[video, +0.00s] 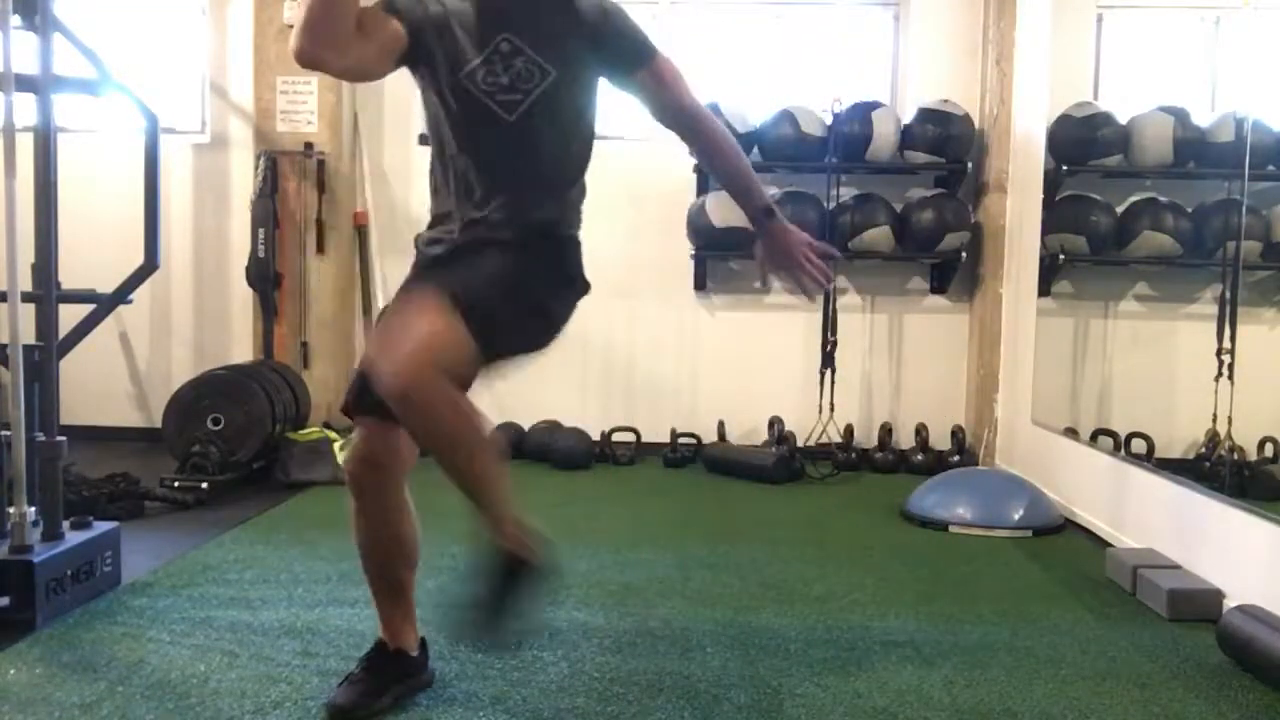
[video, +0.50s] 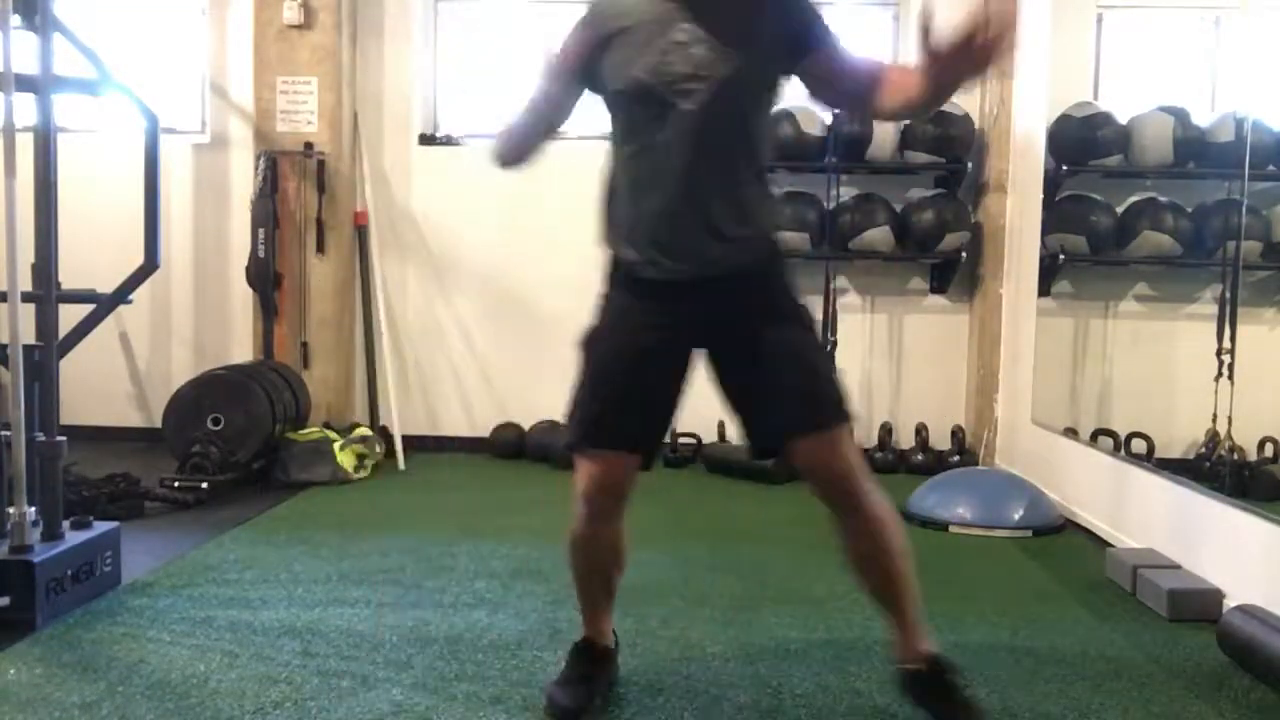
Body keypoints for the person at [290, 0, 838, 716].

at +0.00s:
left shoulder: (582, 16)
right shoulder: (425, 13)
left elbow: (687, 116)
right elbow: (321, 45)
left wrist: (768, 219)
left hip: (531, 251)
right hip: (444, 252)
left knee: (400, 361)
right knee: (371, 459)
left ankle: (518, 543)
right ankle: (399, 651)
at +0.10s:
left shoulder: (608, 19)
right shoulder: (445, 14)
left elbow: (710, 124)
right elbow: (327, 39)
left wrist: (785, 238)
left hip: (553, 272)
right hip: (461, 269)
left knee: (524, 462)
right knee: (386, 460)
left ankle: (645, 626)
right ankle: (399, 651)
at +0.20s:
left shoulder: (639, 14)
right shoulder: (477, 11)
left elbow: (751, 108)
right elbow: (355, 41)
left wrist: (811, 217)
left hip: (607, 276)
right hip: (509, 275)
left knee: (628, 478)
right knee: (436, 461)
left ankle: (696, 660)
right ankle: (405, 652)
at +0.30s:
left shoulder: (682, 8)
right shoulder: (512, 7)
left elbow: (783, 76)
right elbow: (399, 59)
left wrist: (845, 167)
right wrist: (419, 3)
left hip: (660, 259)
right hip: (558, 258)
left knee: (679, 466)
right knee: (501, 450)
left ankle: (702, 659)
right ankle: (481, 640)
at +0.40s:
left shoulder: (711, 7)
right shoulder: (539, 8)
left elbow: (811, 74)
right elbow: (439, 96)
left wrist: (886, 130)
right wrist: (480, 18)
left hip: (694, 254)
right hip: (593, 258)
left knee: (740, 442)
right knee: (566, 461)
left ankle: (755, 649)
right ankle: (584, 639)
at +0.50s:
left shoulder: (768, 13)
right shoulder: (610, 18)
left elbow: (863, 88)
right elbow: (523, 137)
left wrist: (944, 72)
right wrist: (520, 129)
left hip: (748, 280)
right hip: (644, 283)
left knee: (837, 470)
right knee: (596, 489)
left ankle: (918, 654)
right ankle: (594, 649)